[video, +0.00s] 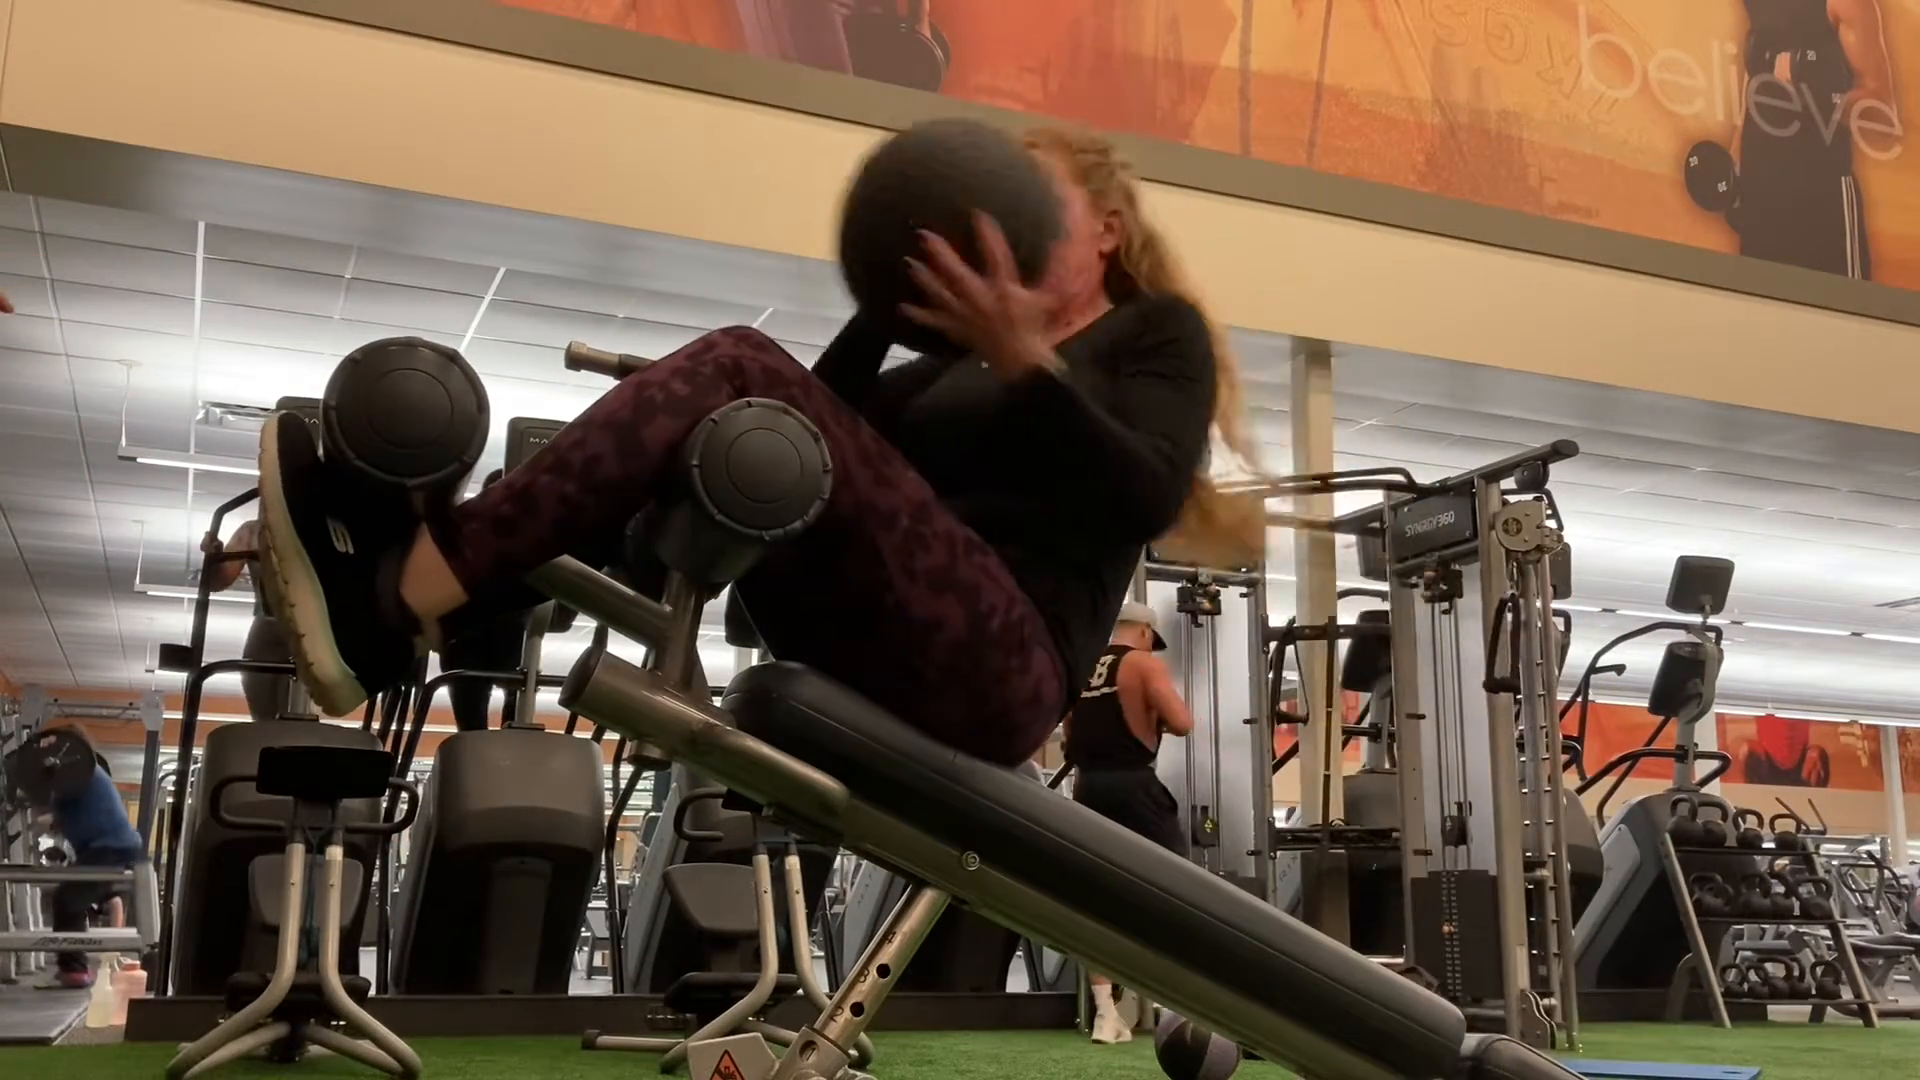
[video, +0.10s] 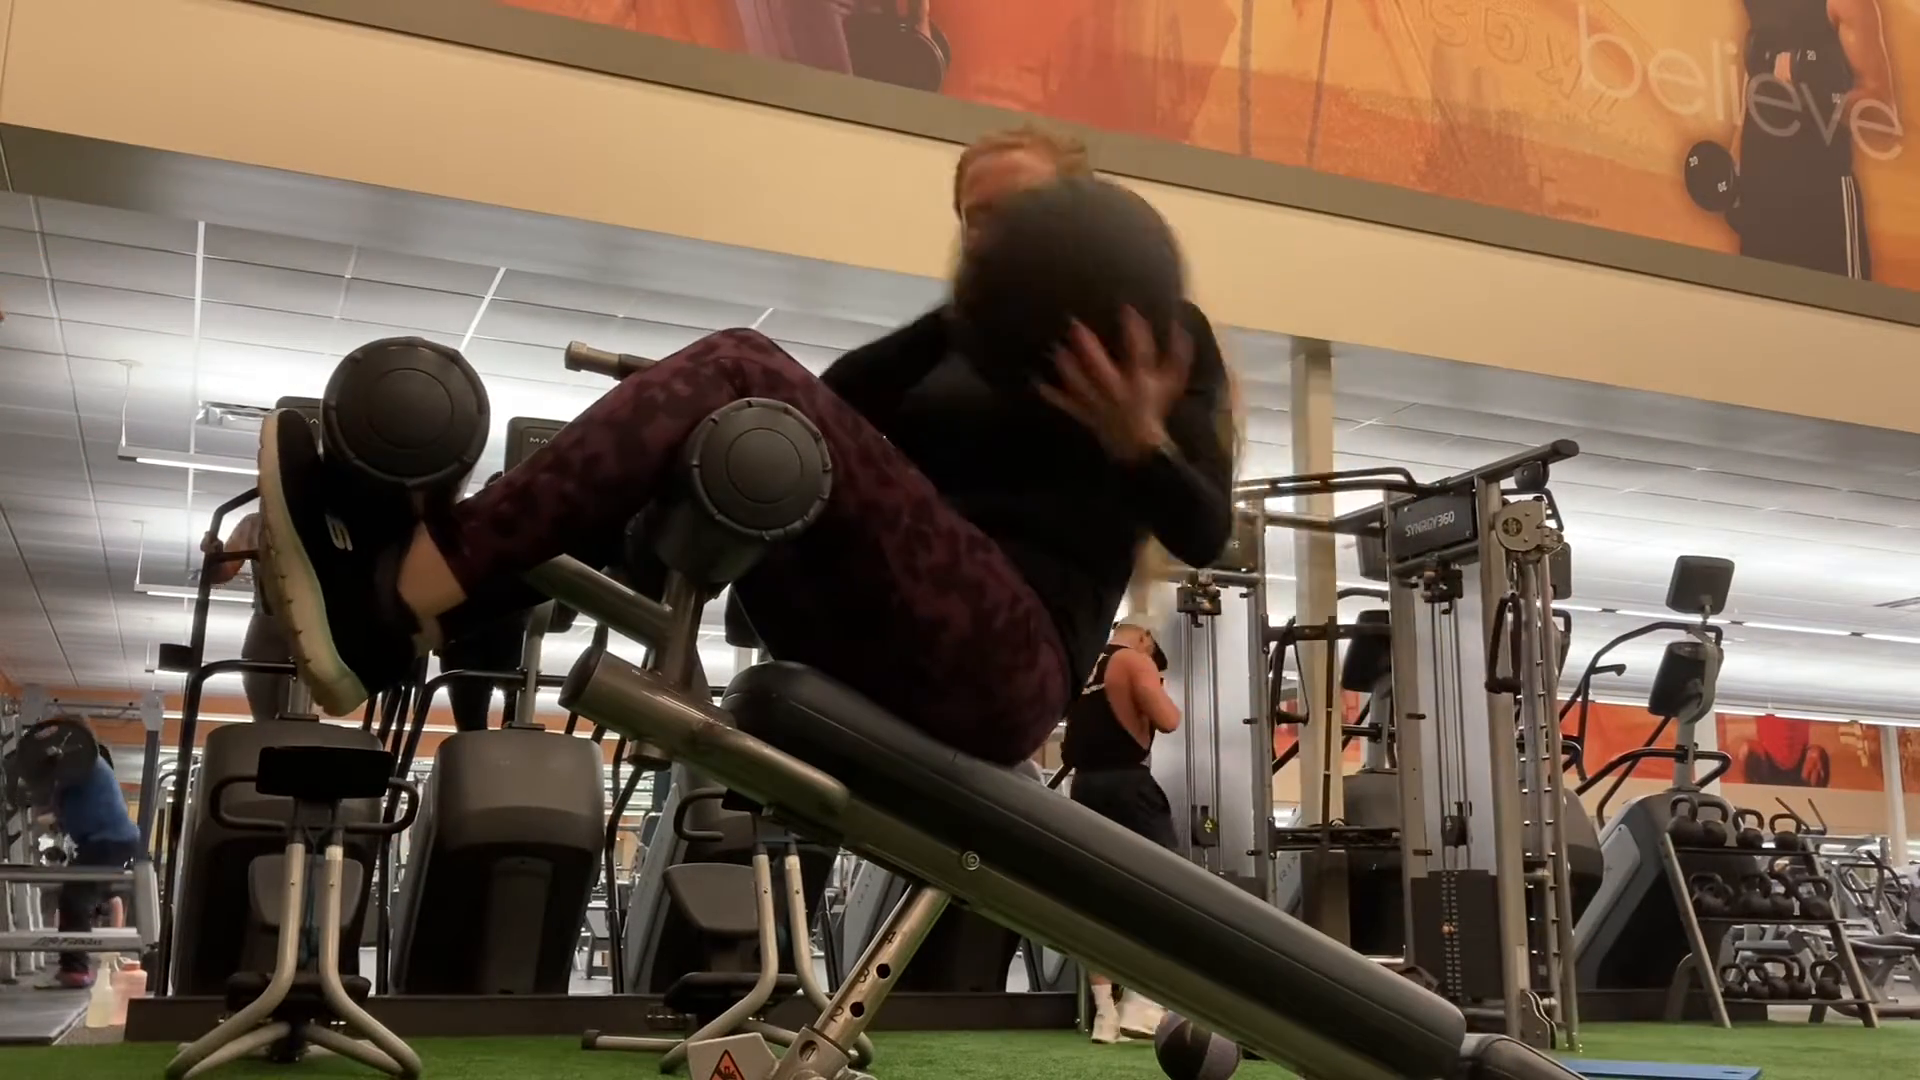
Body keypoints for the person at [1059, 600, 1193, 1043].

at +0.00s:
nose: (1153, 645)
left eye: (1152, 640)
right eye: (1153, 639)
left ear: (1114, 632)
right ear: (1143, 633)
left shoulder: (1085, 666)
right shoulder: (1145, 663)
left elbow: (1070, 736)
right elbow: (1182, 724)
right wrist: (1157, 709)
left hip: (1089, 792)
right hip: (1136, 791)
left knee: (1091, 899)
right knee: (1157, 892)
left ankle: (1106, 1014)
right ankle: (1145, 998)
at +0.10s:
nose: (1150, 658)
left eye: (1151, 653)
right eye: (1151, 651)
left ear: (1118, 637)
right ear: (1141, 639)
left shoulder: (1089, 665)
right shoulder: (1134, 659)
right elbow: (1168, 719)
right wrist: (1157, 693)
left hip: (1086, 787)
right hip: (1129, 786)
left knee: (1094, 898)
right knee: (1157, 890)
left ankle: (1104, 1012)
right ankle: (1143, 1003)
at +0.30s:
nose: (1158, 670)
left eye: (1159, 664)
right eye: (1159, 660)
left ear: (1131, 635)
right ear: (1149, 641)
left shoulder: (1101, 660)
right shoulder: (1127, 655)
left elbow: (1075, 741)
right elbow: (1143, 717)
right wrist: (1163, 707)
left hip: (1085, 783)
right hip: (1115, 784)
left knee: (1107, 888)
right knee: (1123, 887)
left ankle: (1097, 998)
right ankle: (1088, 996)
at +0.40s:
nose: (1153, 673)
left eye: (1157, 669)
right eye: (1157, 664)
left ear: (1141, 642)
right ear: (1150, 645)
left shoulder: (1101, 658)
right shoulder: (1123, 655)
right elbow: (1130, 714)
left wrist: (1146, 703)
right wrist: (1157, 710)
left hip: (1090, 782)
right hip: (1103, 784)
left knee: (1111, 897)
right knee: (1101, 898)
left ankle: (1103, 1007)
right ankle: (1076, 1008)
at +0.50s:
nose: (1152, 673)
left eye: (1156, 670)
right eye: (1156, 664)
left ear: (1142, 641)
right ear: (1150, 643)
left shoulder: (1101, 655)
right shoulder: (1120, 657)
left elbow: (1096, 723)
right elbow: (1121, 716)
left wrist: (1143, 700)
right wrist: (1152, 710)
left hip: (1088, 782)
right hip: (1100, 785)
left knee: (1101, 900)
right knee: (1090, 900)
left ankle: (1102, 1009)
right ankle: (1072, 1013)